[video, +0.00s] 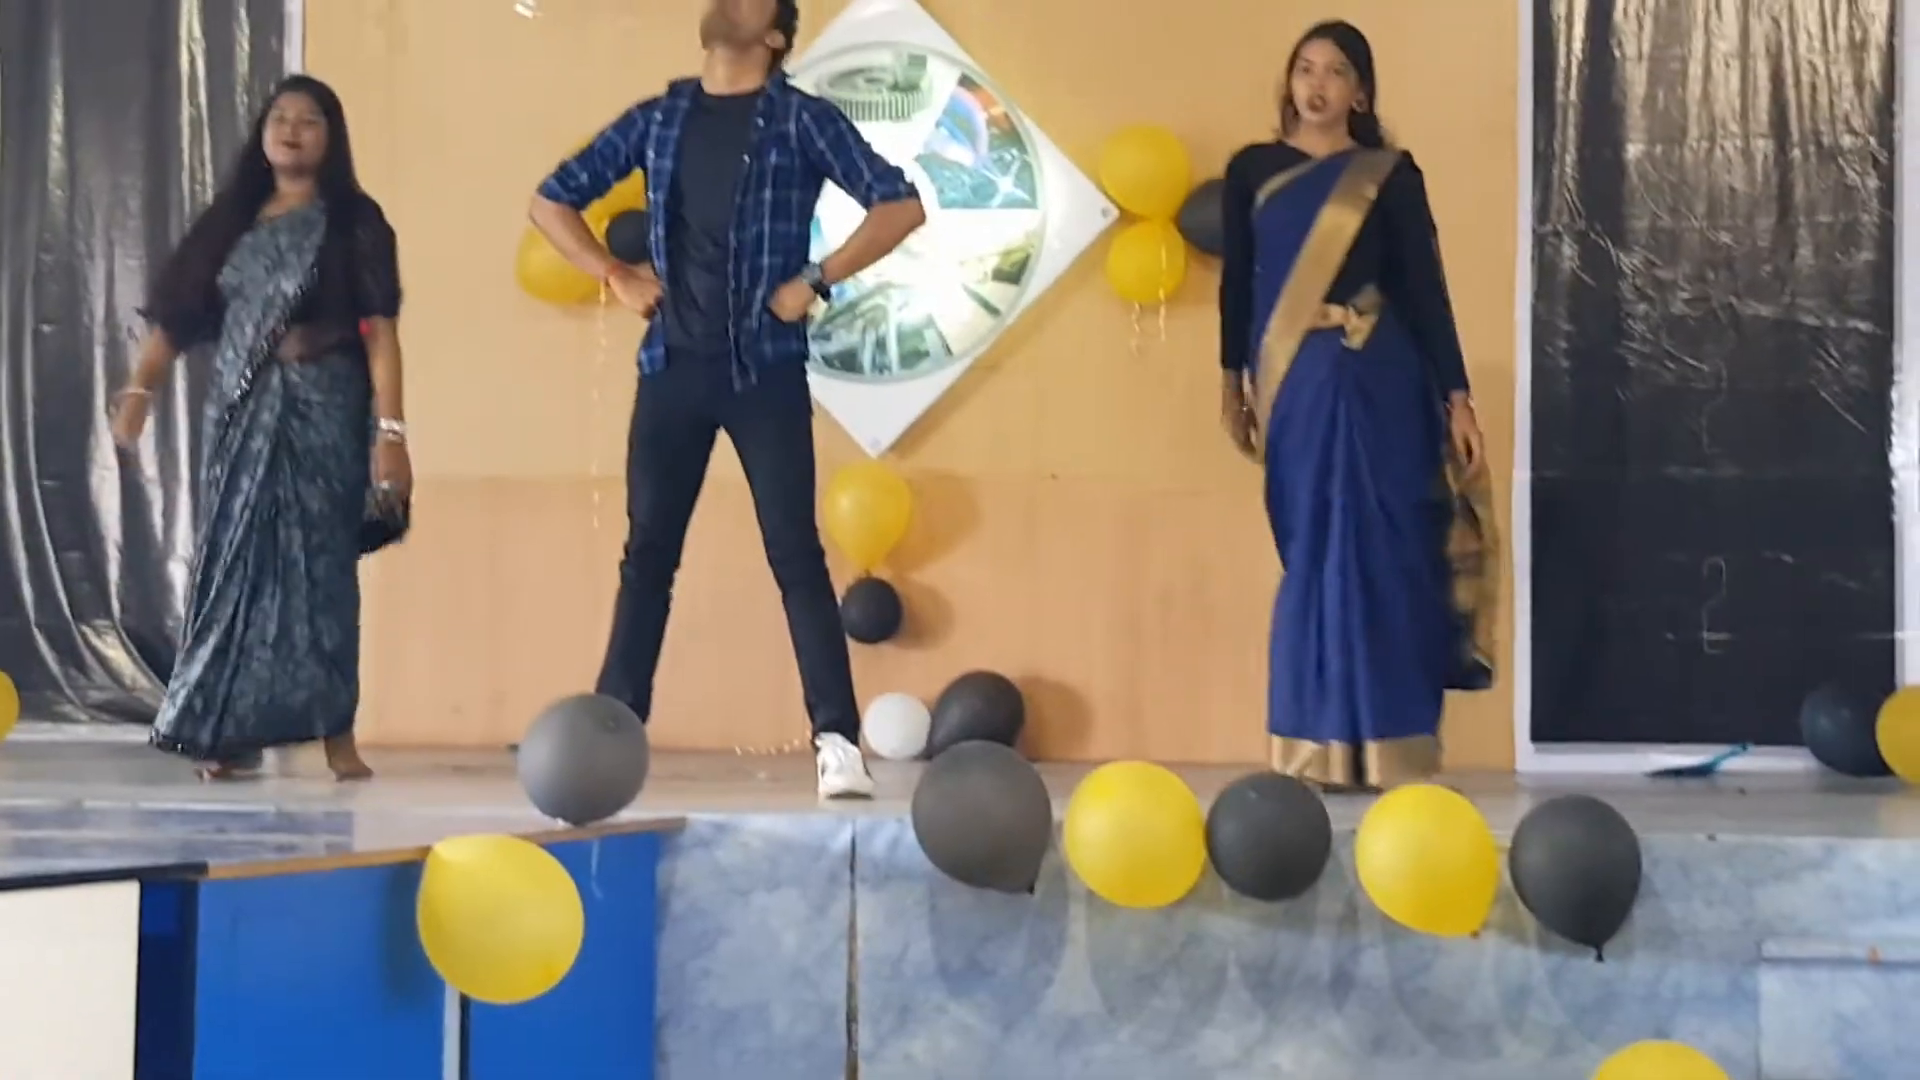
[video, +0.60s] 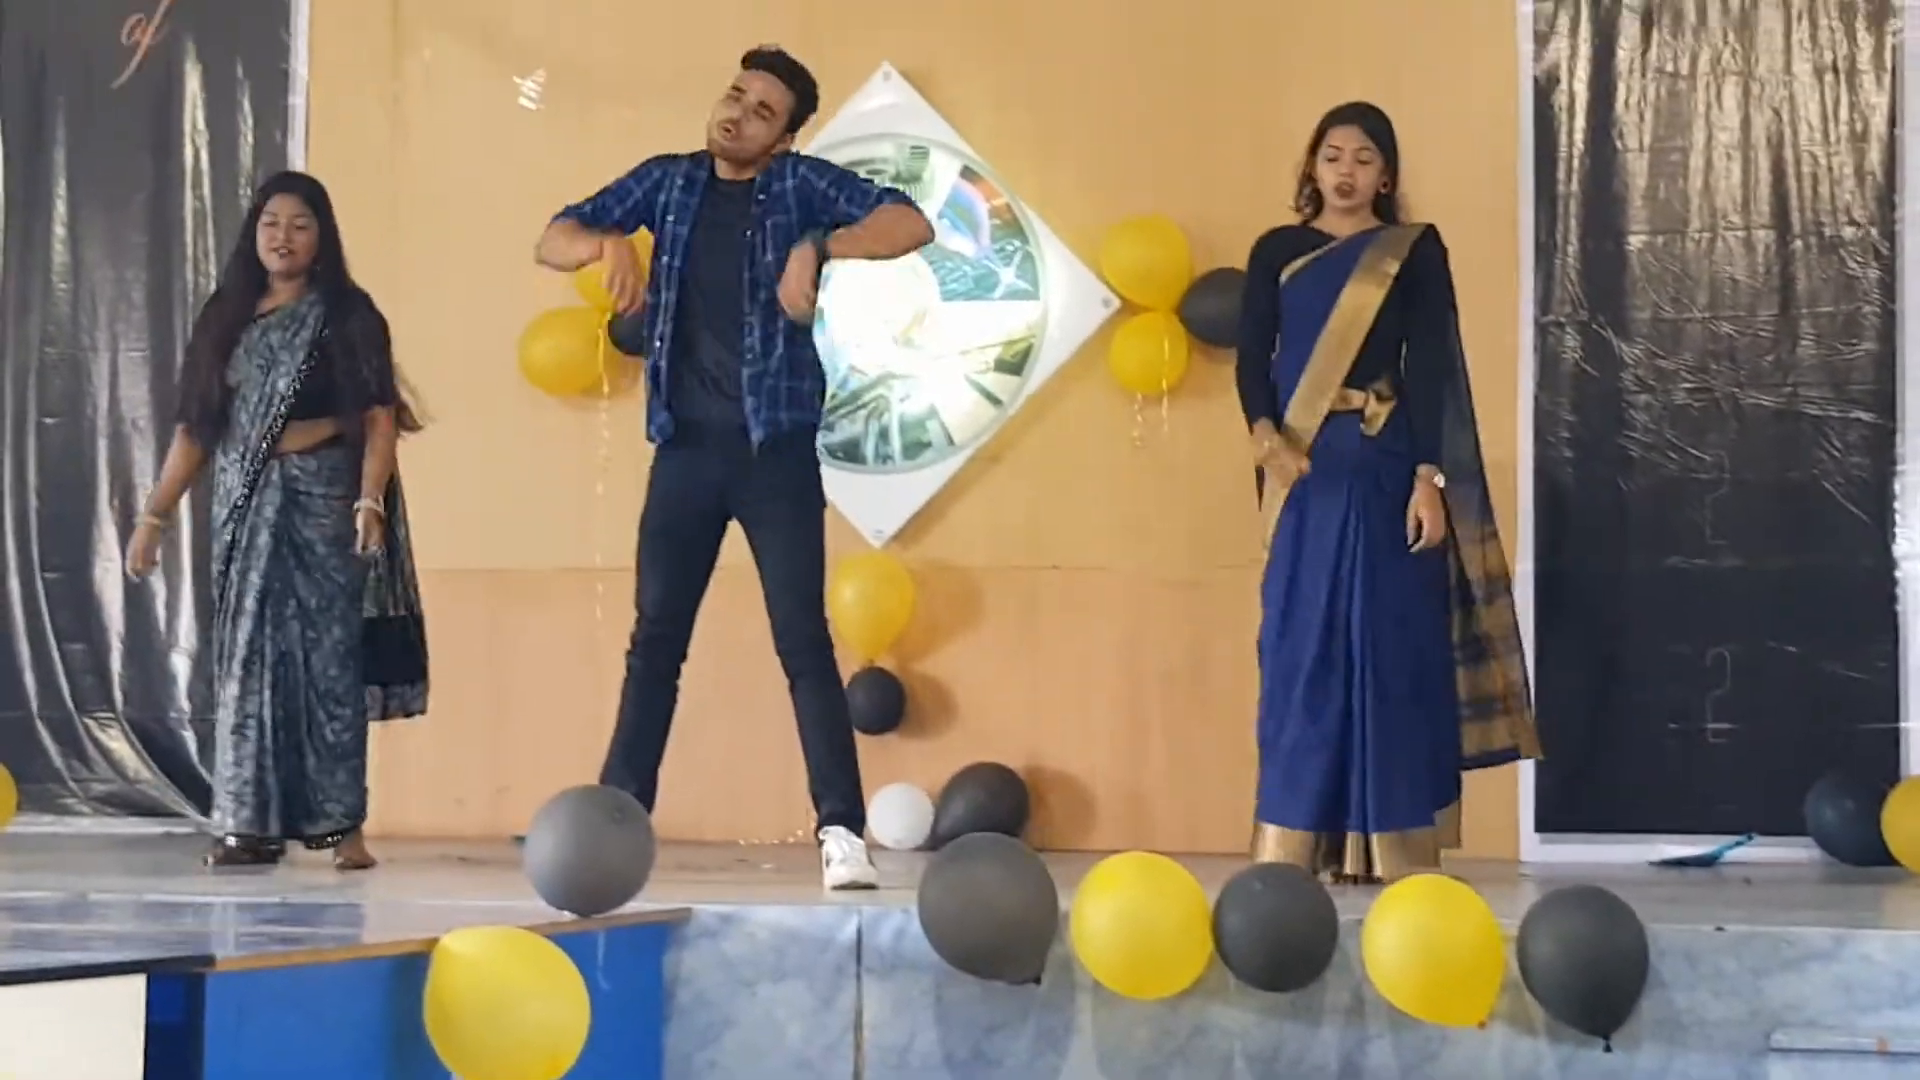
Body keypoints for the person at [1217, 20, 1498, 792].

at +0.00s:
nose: (1317, 82)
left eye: (1334, 72)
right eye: (1307, 69)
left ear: (1360, 88)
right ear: (1287, 80)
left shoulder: (1392, 174)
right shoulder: (1251, 168)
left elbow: (1426, 289)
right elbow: (1237, 279)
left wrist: (1457, 394)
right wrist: (1235, 373)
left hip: (1385, 388)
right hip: (1295, 389)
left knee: (1388, 556)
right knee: (1314, 555)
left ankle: (1392, 745)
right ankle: (1318, 746)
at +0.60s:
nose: (1346, 168)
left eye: (1362, 157)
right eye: (1334, 154)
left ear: (1386, 171)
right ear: (1312, 163)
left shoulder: (1416, 247)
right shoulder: (1278, 248)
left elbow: (1434, 366)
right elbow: (1252, 352)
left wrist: (1430, 473)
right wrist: (1266, 436)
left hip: (1393, 474)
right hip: (1309, 473)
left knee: (1393, 650)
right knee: (1305, 650)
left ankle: (1398, 842)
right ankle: (1292, 845)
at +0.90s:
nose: (1384, 263)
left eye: (1400, 251)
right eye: (1371, 248)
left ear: (1422, 265)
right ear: (1346, 257)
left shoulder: (1450, 346)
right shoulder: (1309, 337)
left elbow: (1470, 463)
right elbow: (1282, 450)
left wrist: (1490, 568)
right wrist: (1275, 554)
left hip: (1424, 569)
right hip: (1334, 568)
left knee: (1419, 746)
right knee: (1333, 745)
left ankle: (1412, 952)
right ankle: (1318, 955)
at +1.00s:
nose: (1427, 315)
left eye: (1444, 302)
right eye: (1415, 299)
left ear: (1470, 318)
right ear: (1397, 308)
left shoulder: (1491, 412)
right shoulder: (1357, 379)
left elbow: (1504, 539)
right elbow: (1308, 476)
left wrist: (1561, 597)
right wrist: (1320, 549)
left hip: (1471, 610)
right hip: (1379, 607)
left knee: (1485, 779)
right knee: (1372, 779)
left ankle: (1452, 961)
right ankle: (1364, 967)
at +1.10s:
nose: (1477, 319)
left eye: (1495, 306)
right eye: (1466, 306)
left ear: (1530, 318)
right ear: (1453, 317)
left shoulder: (1554, 418)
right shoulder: (1425, 380)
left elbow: (1551, 542)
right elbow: (1346, 469)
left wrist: (1638, 563)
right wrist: (1388, 508)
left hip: (1519, 613)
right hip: (1426, 606)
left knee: (1569, 778)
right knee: (1424, 782)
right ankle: (1397, 986)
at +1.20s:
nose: (1532, 325)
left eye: (1549, 311)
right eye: (1522, 312)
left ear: (1587, 322)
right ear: (1512, 321)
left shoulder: (1619, 421)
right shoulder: (1488, 390)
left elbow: (1606, 543)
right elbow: (1412, 481)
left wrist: (1707, 550)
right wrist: (1477, 482)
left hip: (1562, 613)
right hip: (1470, 604)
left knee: (1618, 772)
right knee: (1469, 783)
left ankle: (1697, 978)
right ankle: (1447, 992)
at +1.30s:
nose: (1579, 343)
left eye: (1596, 328)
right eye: (1570, 330)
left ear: (1639, 342)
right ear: (1562, 343)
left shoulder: (1672, 443)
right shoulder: (1539, 421)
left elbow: (1667, 569)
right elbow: (1485, 531)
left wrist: (1768, 576)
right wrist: (1561, 515)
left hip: (1627, 639)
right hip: (1535, 634)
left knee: (1676, 803)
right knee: (1533, 811)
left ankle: (1738, 1014)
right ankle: (1539, 1015)